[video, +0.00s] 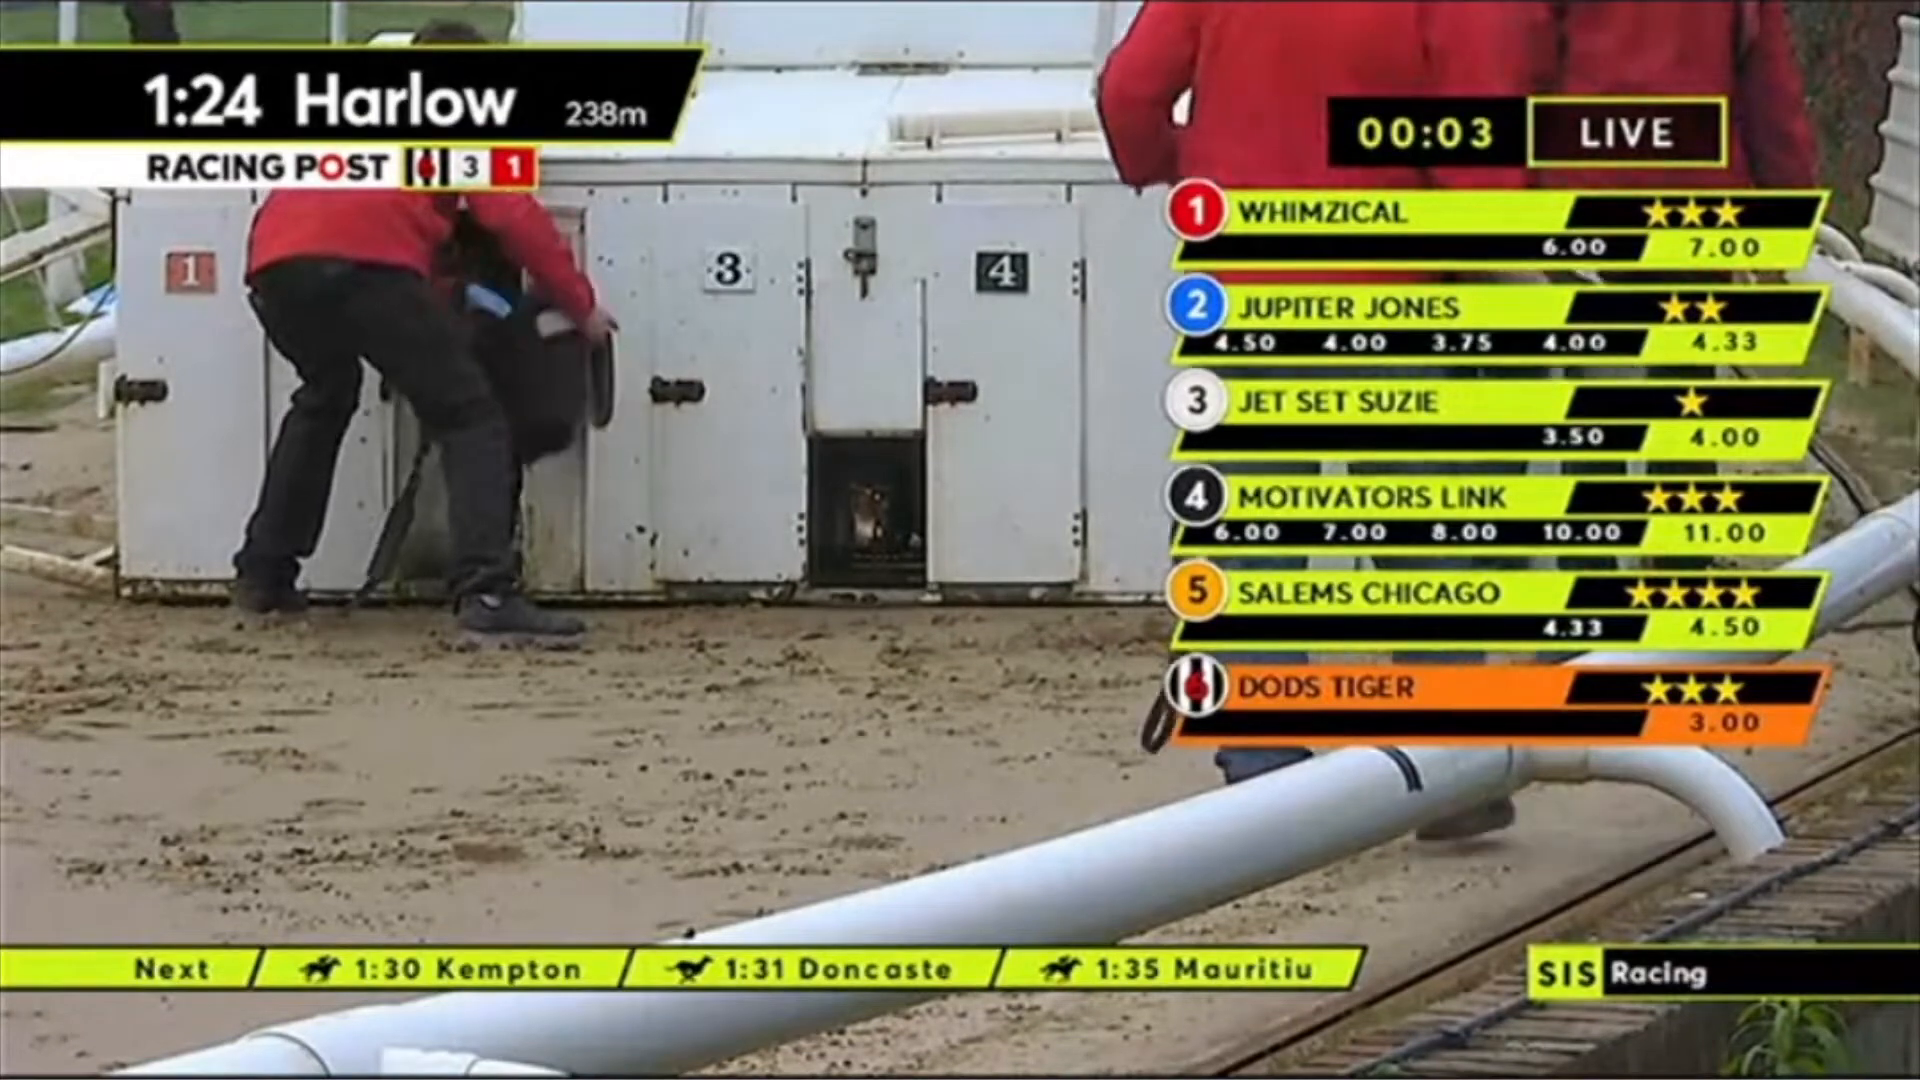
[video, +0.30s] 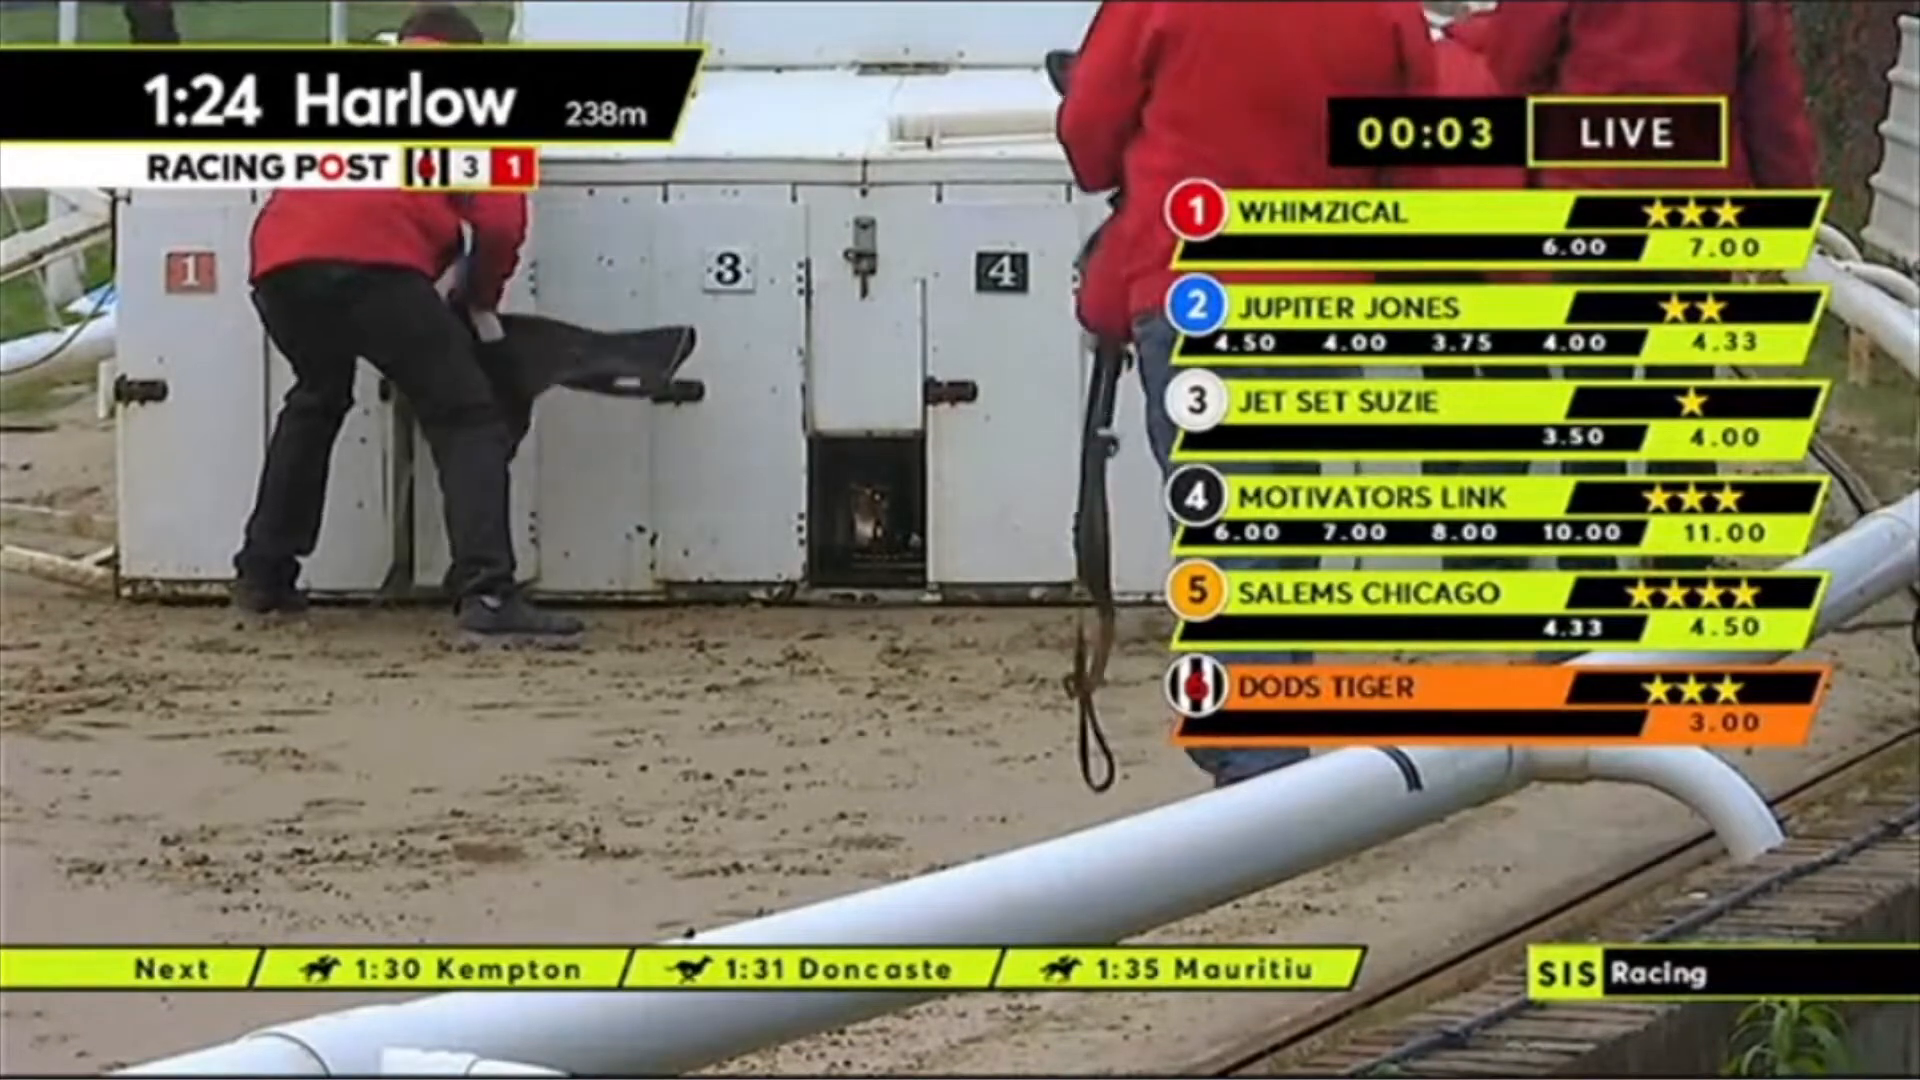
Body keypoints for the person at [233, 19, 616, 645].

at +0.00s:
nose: (490, 104)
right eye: (485, 91)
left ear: (411, 61)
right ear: (473, 78)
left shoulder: (353, 117)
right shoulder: (468, 128)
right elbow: (515, 218)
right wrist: (583, 309)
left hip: (277, 266)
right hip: (375, 265)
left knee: (326, 391)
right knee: (471, 418)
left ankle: (264, 572)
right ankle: (487, 594)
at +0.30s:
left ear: (400, 43)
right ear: (471, 54)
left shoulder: (348, 89)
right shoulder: (490, 105)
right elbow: (501, 221)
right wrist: (482, 298)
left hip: (280, 267)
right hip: (381, 266)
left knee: (319, 390)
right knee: (467, 419)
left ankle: (263, 575)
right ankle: (489, 594)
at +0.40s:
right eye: (482, 52)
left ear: (406, 28)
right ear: (472, 45)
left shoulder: (342, 69)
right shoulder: (478, 97)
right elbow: (475, 227)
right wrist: (456, 298)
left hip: (269, 253)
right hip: (368, 260)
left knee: (305, 391)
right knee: (433, 417)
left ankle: (262, 577)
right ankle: (481, 591)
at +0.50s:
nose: (473, 63)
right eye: (470, 50)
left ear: (402, 26)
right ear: (458, 43)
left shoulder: (331, 69)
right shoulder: (456, 90)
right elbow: (467, 209)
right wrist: (454, 292)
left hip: (262, 245)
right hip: (360, 252)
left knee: (299, 390)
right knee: (422, 409)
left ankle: (260, 575)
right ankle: (463, 586)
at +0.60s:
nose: (478, 57)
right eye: (476, 47)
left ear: (406, 22)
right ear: (466, 36)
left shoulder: (333, 56)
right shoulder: (463, 72)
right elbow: (474, 199)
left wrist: (392, 262)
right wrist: (453, 277)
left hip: (257, 239)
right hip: (351, 244)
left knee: (319, 395)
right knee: (411, 415)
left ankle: (263, 574)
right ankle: (419, 591)